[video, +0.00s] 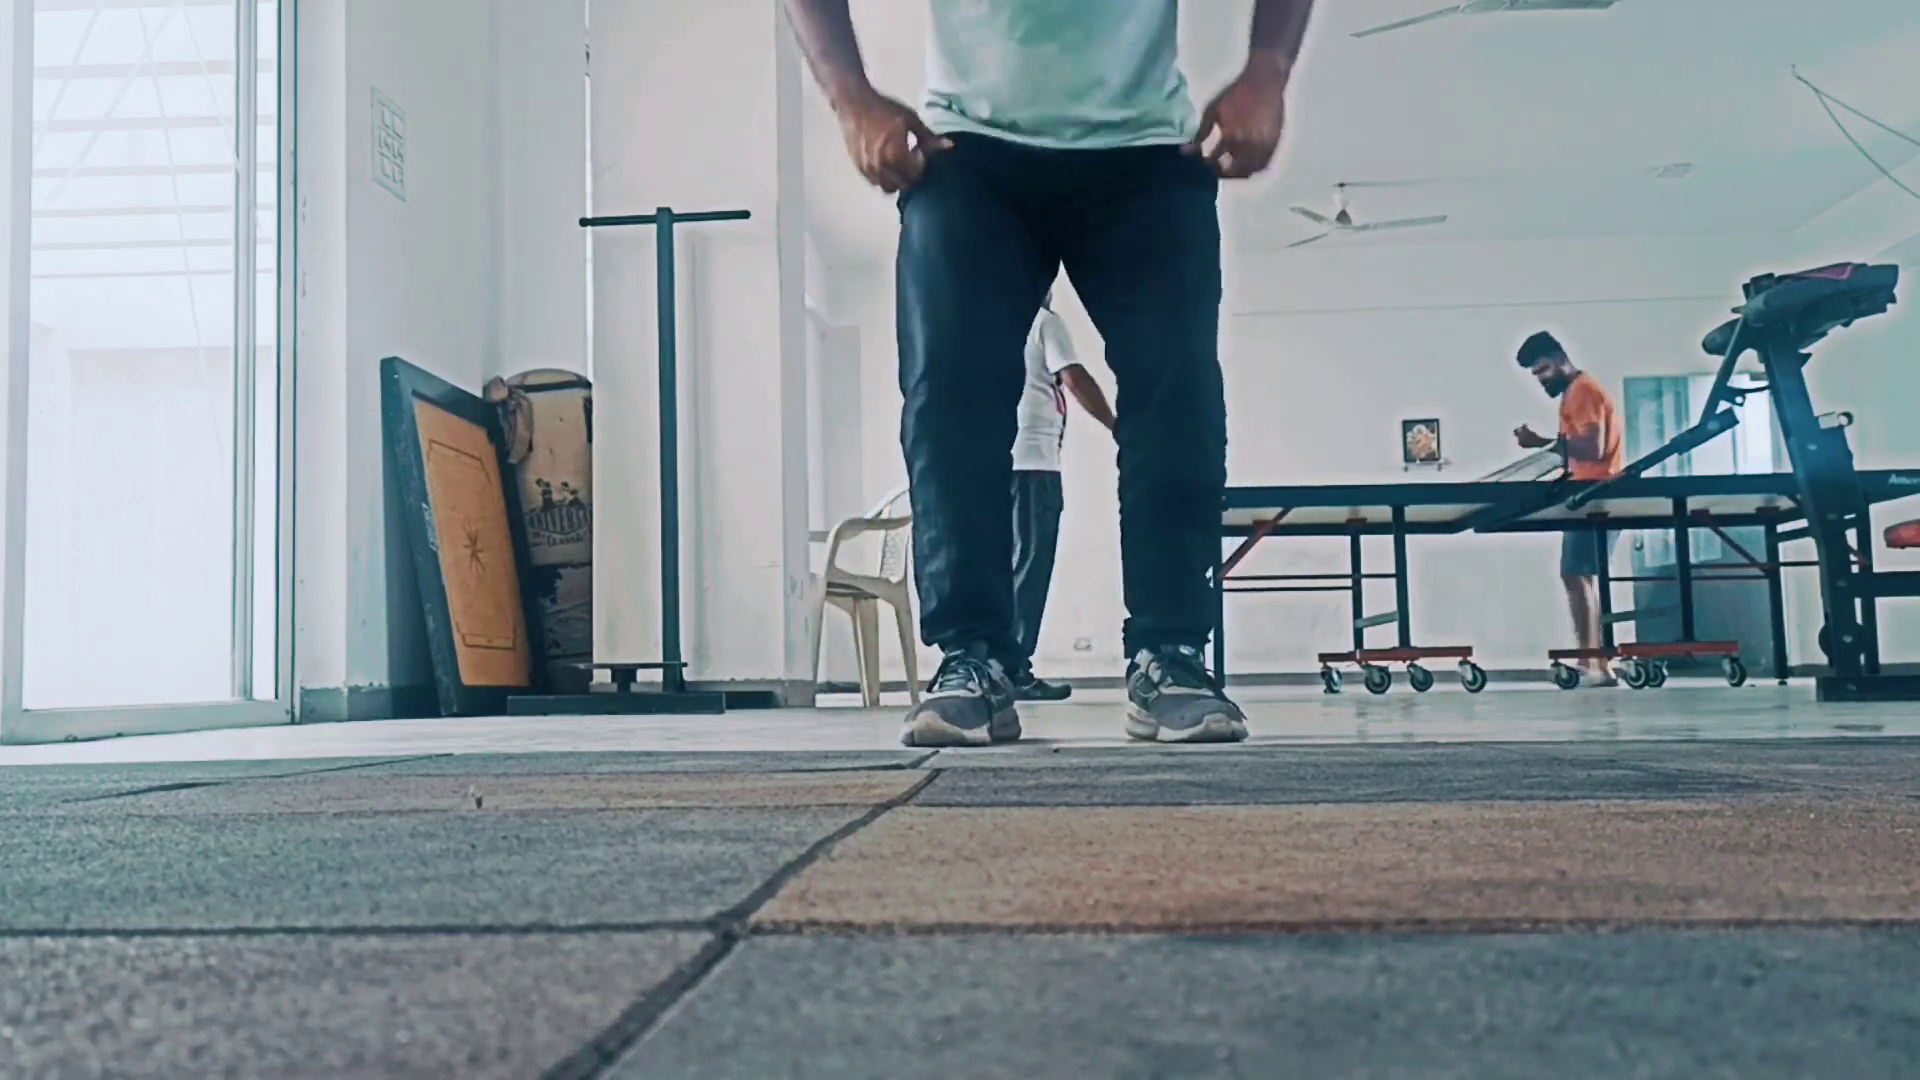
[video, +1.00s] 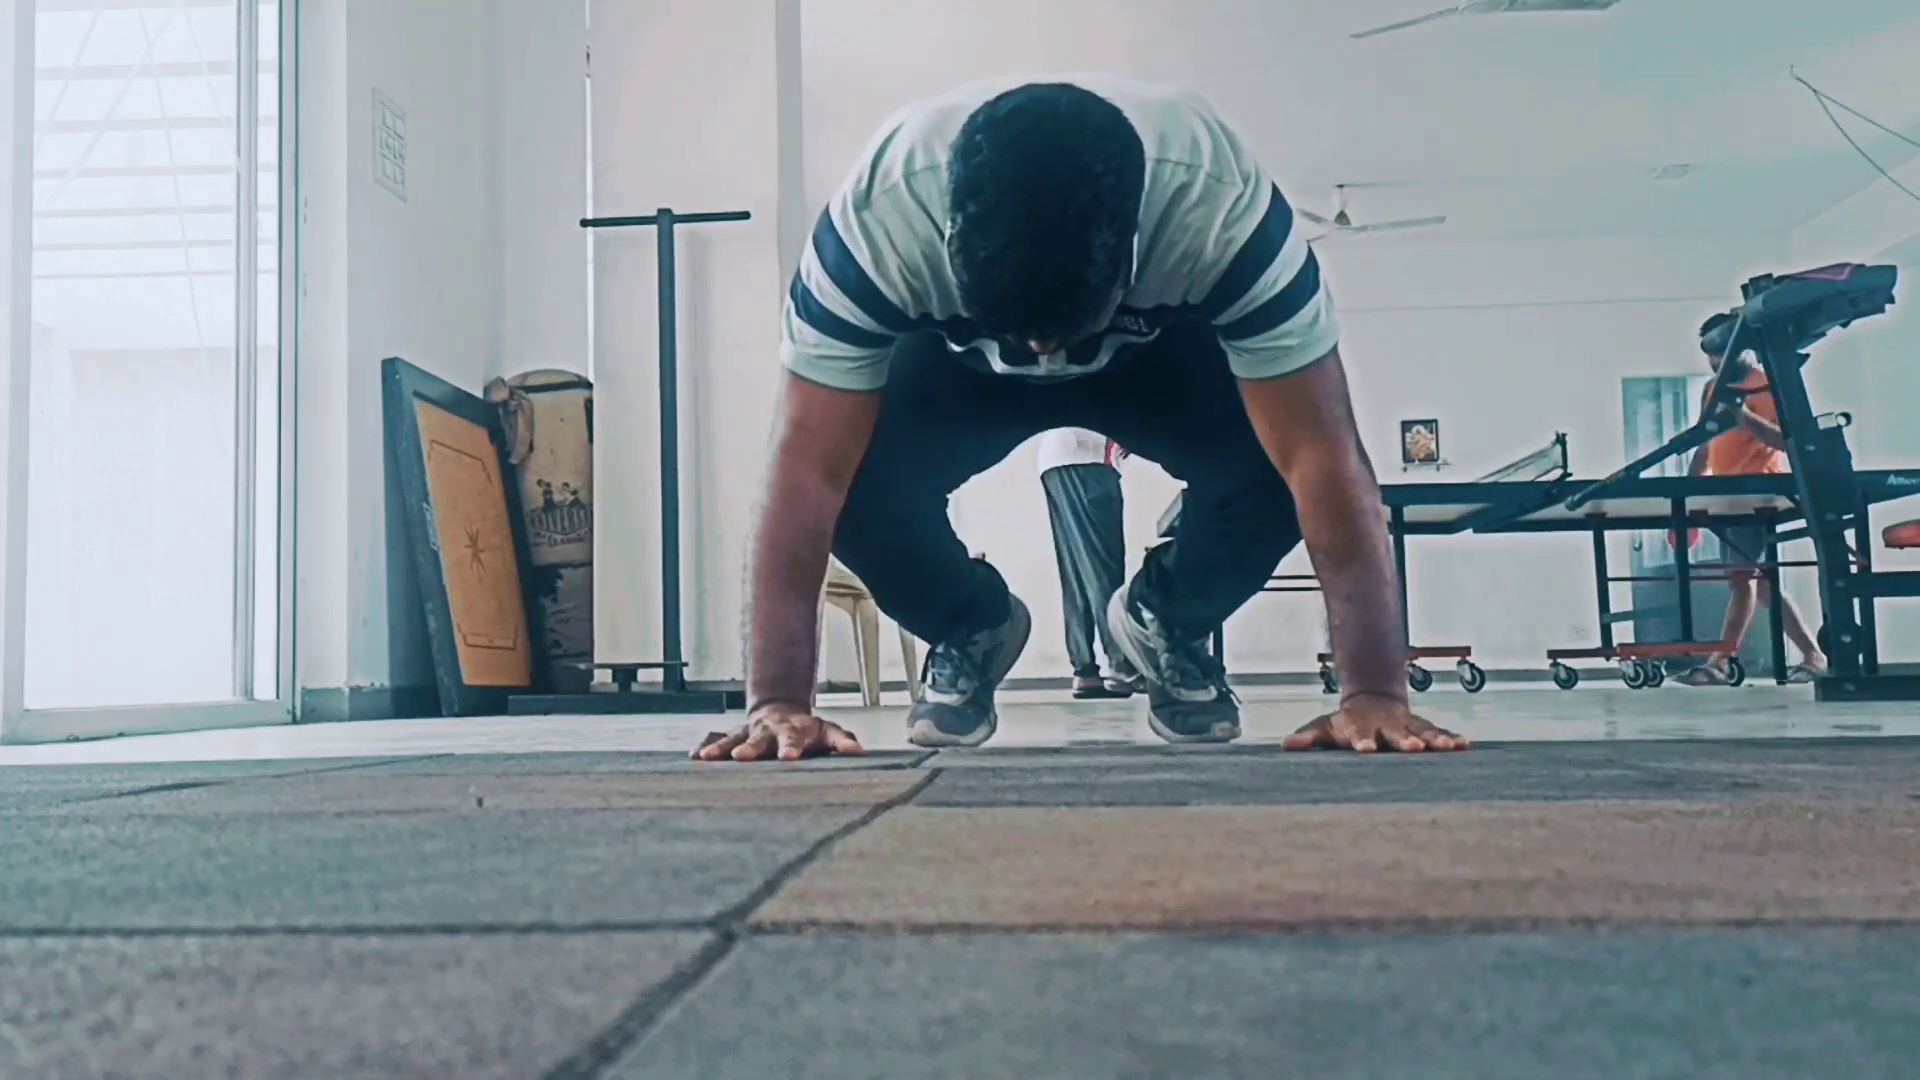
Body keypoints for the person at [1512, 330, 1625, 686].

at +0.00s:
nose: (1539, 379)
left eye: (1541, 369)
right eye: (1535, 373)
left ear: (1559, 360)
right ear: (1550, 366)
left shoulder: (1584, 391)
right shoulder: (1573, 395)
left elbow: (1595, 448)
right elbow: (1576, 448)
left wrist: (1543, 443)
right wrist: (1543, 444)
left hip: (1595, 497)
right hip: (1586, 496)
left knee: (1577, 574)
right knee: (1579, 575)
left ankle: (1592, 664)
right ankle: (1593, 662)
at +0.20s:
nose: (1566, 374)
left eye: (1570, 364)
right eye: (1561, 368)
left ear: (1589, 357)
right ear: (1561, 368)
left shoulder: (1614, 388)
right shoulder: (1586, 400)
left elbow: (1621, 446)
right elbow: (1595, 453)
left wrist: (1568, 434)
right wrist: (1581, 491)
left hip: (1614, 498)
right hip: (1590, 499)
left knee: (1618, 579)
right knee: (1590, 583)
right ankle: (1602, 665)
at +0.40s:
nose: (1603, 370)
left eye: (1608, 361)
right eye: (1596, 365)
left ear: (1625, 355)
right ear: (1593, 366)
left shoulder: (1651, 388)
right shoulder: (1615, 398)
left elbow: (1655, 442)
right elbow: (1624, 453)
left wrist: (1604, 426)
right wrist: (1613, 489)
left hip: (1657, 496)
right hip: (1625, 497)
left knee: (1670, 581)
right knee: (1612, 581)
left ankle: (1711, 661)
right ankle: (1602, 665)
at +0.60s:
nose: (1645, 367)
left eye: (1651, 357)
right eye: (1638, 360)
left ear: (1667, 350)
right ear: (1631, 361)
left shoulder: (1689, 385)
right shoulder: (1648, 391)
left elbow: (1697, 443)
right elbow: (1662, 446)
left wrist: (1651, 418)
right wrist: (1650, 480)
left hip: (1691, 490)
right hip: (1661, 491)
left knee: (1698, 578)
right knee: (1652, 578)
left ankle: (1713, 662)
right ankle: (1644, 659)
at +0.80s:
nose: (1684, 361)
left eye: (1690, 352)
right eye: (1676, 354)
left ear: (1704, 346)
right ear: (1669, 353)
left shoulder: (1728, 377)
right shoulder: (1678, 389)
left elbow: (1745, 435)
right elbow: (1677, 444)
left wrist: (1708, 426)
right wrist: (1673, 489)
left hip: (1723, 482)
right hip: (1689, 485)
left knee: (1718, 571)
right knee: (1696, 579)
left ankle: (1718, 662)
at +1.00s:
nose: (1713, 360)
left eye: (1718, 350)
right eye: (1708, 352)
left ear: (1738, 346)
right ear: (1707, 354)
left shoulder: (1767, 382)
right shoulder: (1711, 390)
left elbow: (1791, 443)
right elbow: (1704, 452)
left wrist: (1743, 416)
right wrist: (1687, 499)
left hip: (1760, 490)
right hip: (1724, 493)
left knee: (1741, 574)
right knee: (1761, 583)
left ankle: (1720, 663)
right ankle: (1814, 655)